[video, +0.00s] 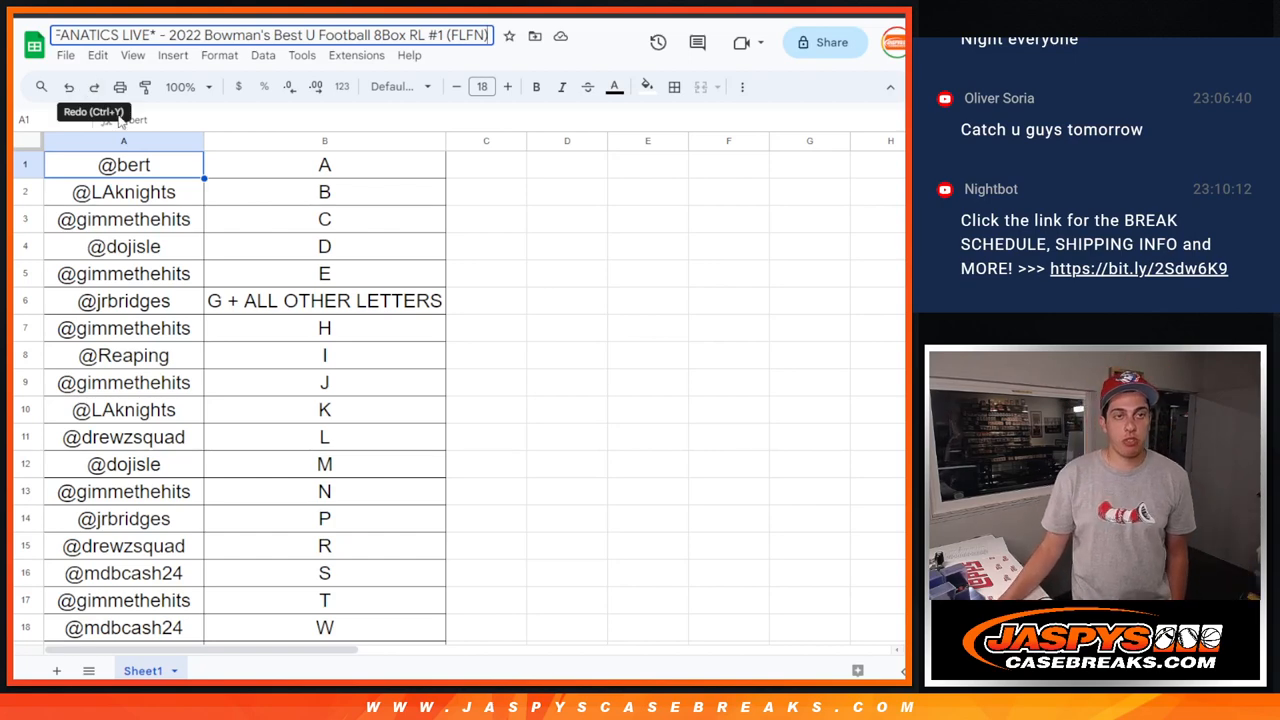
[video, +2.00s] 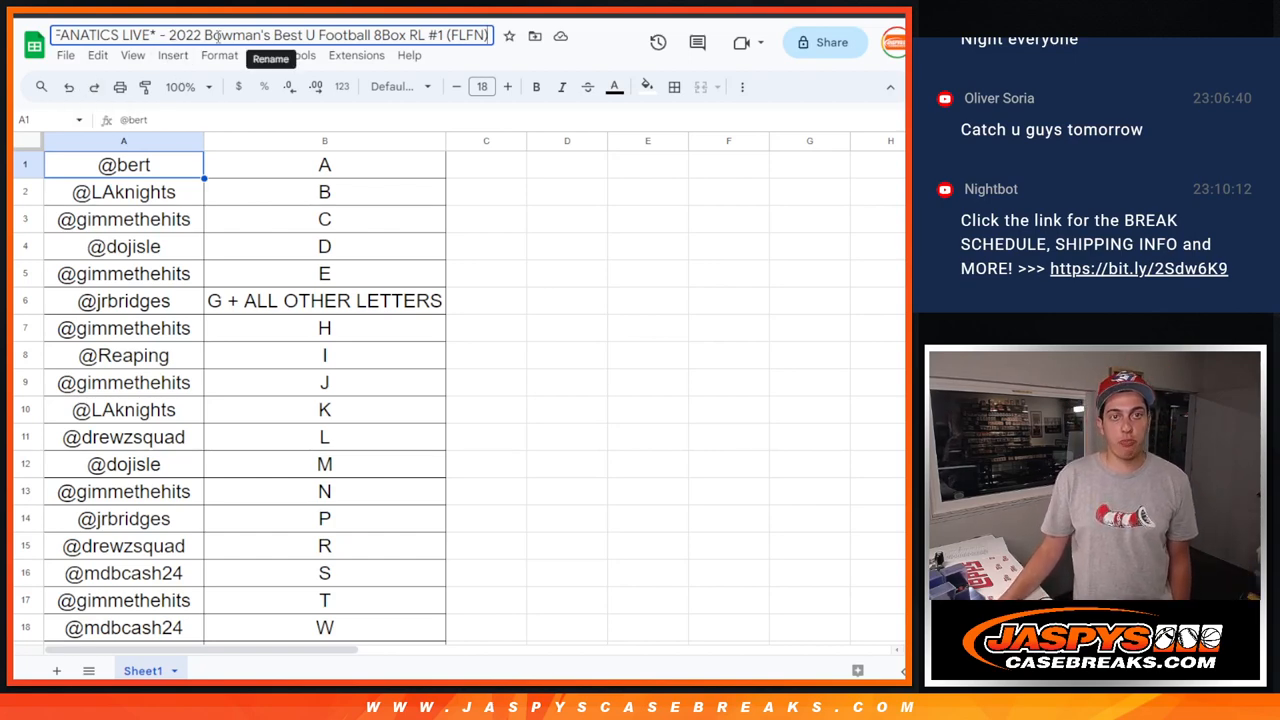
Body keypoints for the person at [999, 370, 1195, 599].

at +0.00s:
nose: (1130, 426)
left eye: (1140, 414)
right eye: (1119, 415)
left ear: (1150, 421)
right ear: (1103, 423)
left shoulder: (1174, 477)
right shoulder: (1075, 475)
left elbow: (1177, 552)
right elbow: (1050, 548)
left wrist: (1176, 604)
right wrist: (1006, 600)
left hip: (1151, 602)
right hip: (1089, 602)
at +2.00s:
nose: (1127, 427)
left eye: (1136, 415)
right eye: (1115, 416)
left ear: (1148, 421)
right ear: (1100, 424)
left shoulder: (1174, 481)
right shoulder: (1073, 477)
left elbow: (1179, 557)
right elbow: (1050, 550)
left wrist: (1180, 611)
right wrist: (1005, 601)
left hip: (1152, 607)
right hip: (1090, 607)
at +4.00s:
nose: (1126, 428)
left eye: (1136, 416)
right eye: (1115, 417)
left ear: (1149, 421)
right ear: (1101, 425)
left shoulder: (1175, 481)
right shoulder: (1073, 476)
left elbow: (1179, 557)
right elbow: (1051, 550)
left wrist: (1180, 611)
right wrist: (1007, 599)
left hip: (1153, 607)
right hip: (1090, 607)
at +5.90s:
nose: (1125, 427)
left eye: (1135, 415)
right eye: (1114, 416)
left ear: (1150, 421)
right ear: (1101, 425)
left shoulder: (1175, 481)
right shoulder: (1074, 475)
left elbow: (1179, 557)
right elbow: (1051, 549)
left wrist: (1179, 610)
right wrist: (1007, 599)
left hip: (1153, 608)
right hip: (1090, 608)